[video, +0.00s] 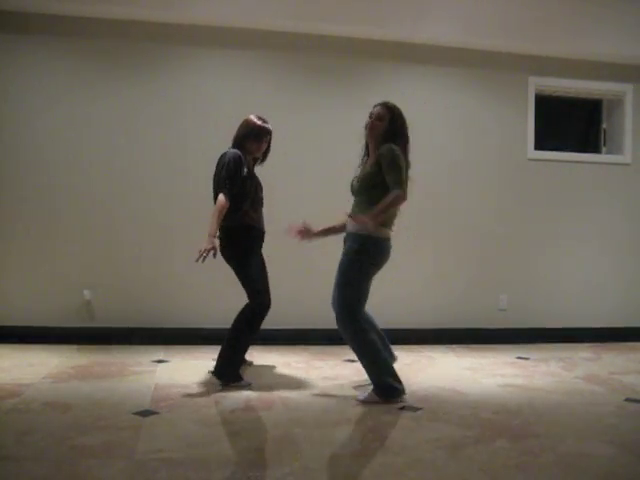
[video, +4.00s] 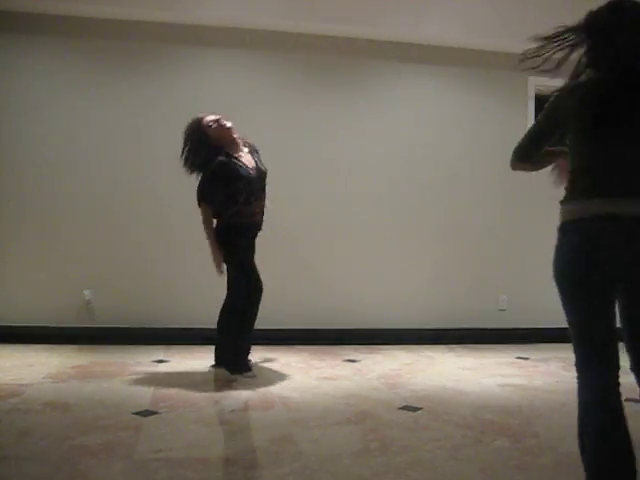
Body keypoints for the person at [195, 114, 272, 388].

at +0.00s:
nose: (264, 147)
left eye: (266, 142)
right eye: (261, 141)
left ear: (261, 144)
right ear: (249, 139)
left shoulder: (247, 166)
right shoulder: (233, 158)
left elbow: (241, 204)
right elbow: (222, 199)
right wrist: (212, 237)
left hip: (249, 239)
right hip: (238, 240)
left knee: (261, 300)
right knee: (259, 301)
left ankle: (232, 358)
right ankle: (226, 368)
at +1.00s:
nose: (252, 151)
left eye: (254, 146)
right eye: (250, 145)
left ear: (238, 142)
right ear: (236, 141)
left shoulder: (237, 162)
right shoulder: (217, 164)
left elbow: (248, 203)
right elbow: (237, 200)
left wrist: (266, 214)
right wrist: (234, 161)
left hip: (249, 234)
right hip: (237, 236)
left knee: (249, 294)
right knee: (238, 298)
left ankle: (231, 352)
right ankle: (219, 373)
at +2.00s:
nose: (243, 150)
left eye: (244, 145)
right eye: (241, 144)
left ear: (219, 137)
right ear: (231, 139)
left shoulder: (213, 162)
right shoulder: (223, 162)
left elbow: (254, 190)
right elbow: (262, 187)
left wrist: (289, 192)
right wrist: (303, 202)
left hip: (237, 236)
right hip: (247, 235)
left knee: (251, 298)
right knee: (254, 301)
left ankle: (231, 354)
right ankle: (222, 370)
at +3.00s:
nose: (200, 158)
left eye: (200, 153)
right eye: (192, 158)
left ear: (207, 157)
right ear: (184, 169)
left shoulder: (213, 189)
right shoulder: (207, 194)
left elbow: (249, 213)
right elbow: (242, 224)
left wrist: (278, 224)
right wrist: (283, 237)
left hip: (258, 243)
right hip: (256, 246)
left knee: (256, 304)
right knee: (255, 307)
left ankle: (231, 353)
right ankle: (220, 372)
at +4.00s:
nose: (221, 120)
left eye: (218, 117)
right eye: (213, 123)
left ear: (228, 124)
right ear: (210, 140)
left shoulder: (249, 150)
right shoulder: (217, 166)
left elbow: (254, 189)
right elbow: (205, 208)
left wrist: (257, 219)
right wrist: (215, 248)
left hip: (248, 232)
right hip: (231, 235)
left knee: (238, 292)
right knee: (252, 289)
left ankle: (227, 355)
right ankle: (234, 357)